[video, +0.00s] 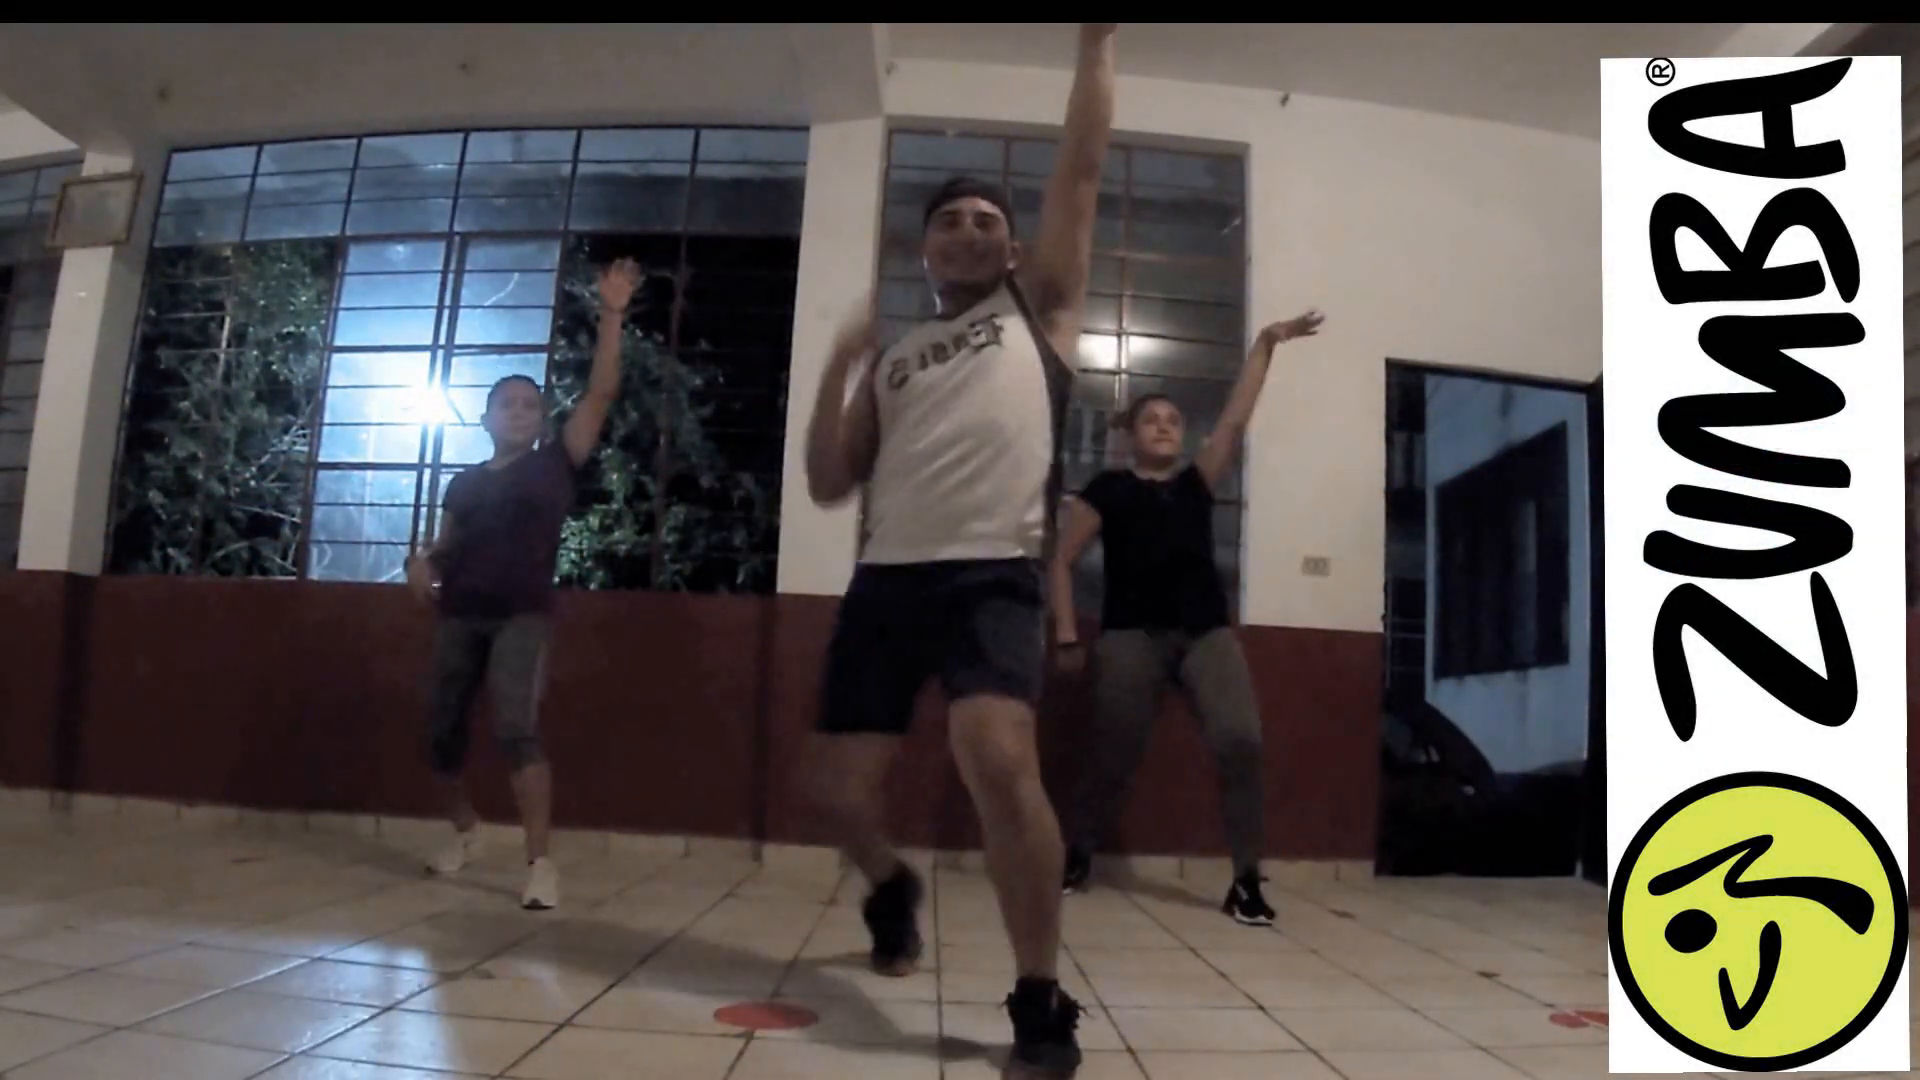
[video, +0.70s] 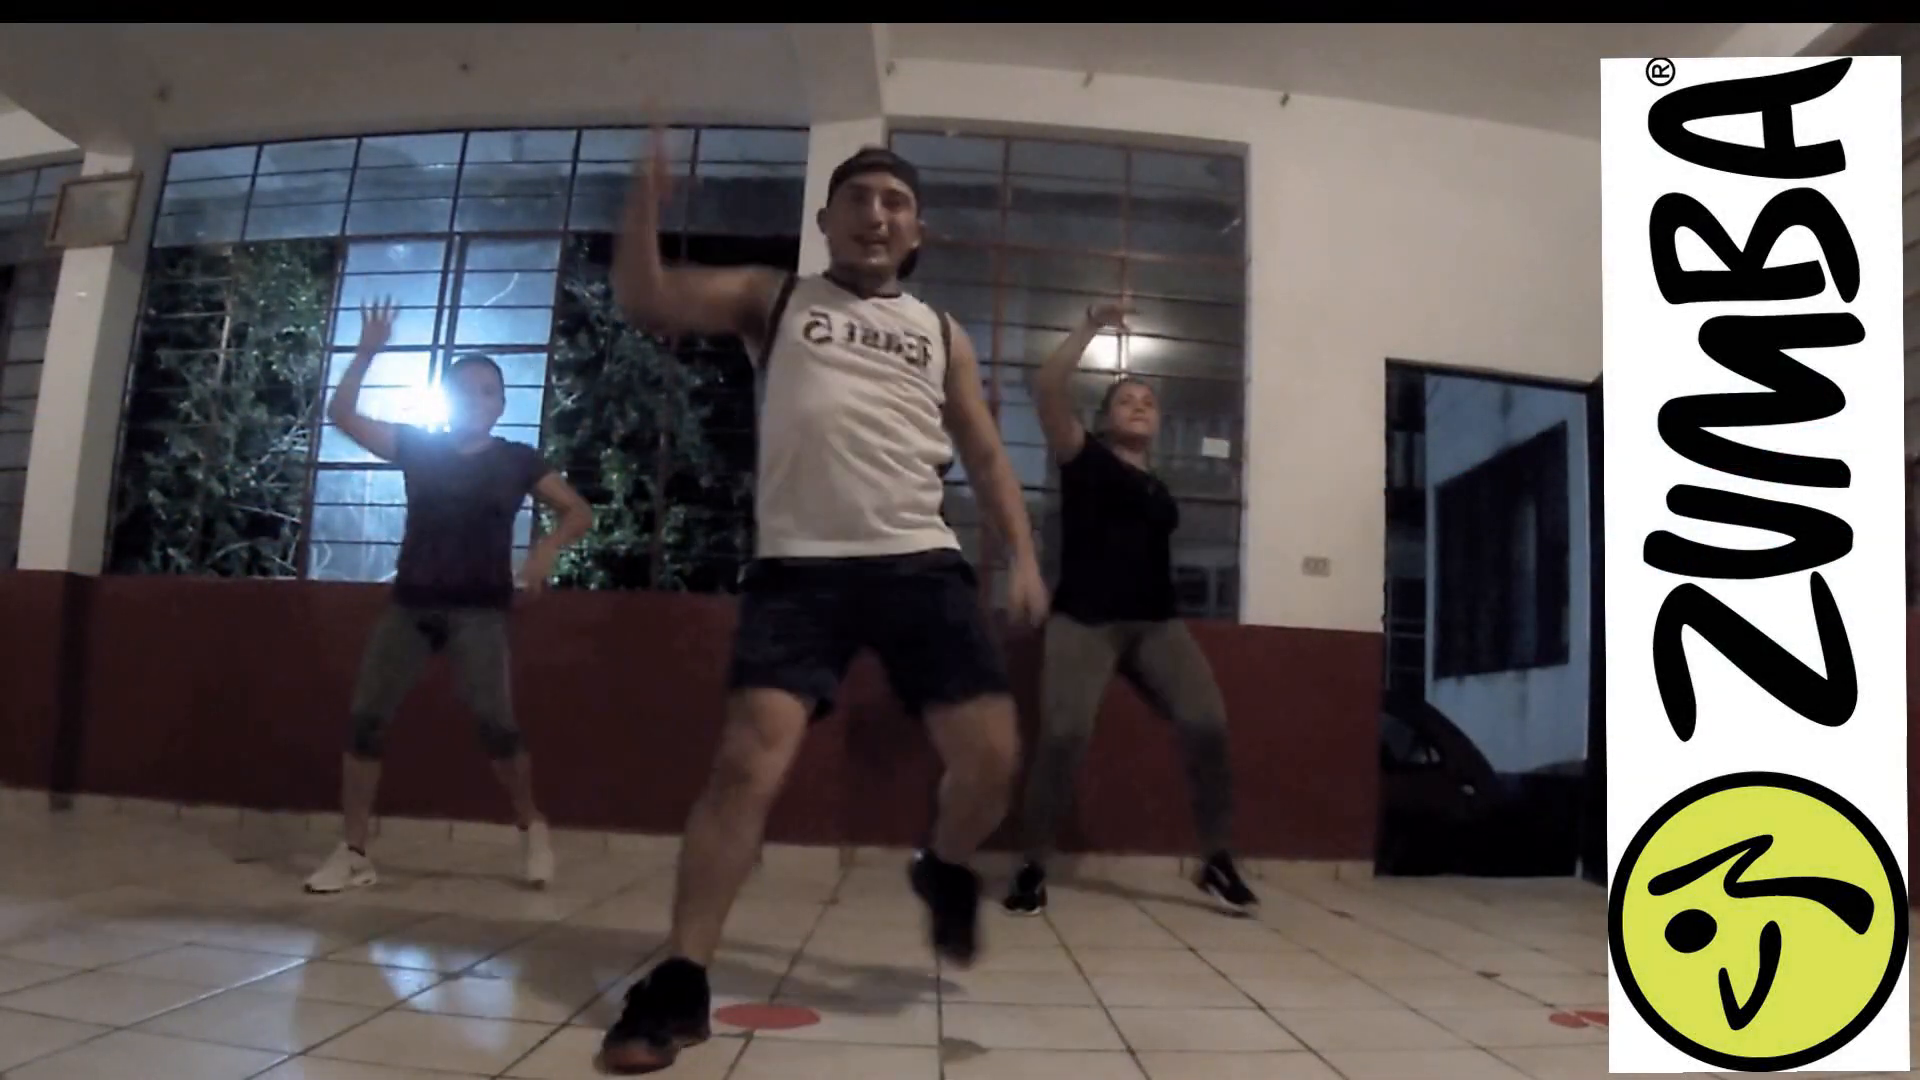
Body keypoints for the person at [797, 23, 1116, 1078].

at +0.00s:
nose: (974, 223)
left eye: (989, 218)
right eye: (954, 217)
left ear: (1015, 249)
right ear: (925, 252)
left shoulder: (1039, 308)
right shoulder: (892, 356)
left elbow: (1084, 159)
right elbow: (828, 482)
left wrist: (1095, 37)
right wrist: (841, 375)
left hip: (997, 580)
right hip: (886, 583)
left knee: (998, 758)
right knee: (834, 791)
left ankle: (1040, 996)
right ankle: (890, 883)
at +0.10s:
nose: (976, 226)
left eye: (992, 219)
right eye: (956, 219)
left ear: (1015, 246)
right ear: (926, 251)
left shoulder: (1041, 313)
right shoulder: (894, 353)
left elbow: (1087, 159)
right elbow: (786, 367)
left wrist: (1099, 35)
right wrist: (837, 257)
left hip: (1005, 587)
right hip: (887, 586)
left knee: (1005, 768)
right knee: (756, 742)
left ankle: (1041, 1000)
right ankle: (852, 851)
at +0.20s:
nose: (959, 209)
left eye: (977, 200)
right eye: (940, 199)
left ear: (1001, 228)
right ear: (908, 225)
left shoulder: (1024, 296)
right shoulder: (867, 311)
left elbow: (1088, 152)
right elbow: (772, 230)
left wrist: (1095, 28)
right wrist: (822, 102)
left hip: (998, 582)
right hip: (874, 573)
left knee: (1019, 761)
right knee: (726, 705)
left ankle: (1042, 996)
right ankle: (780, 884)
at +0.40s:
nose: (907, 201)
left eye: (925, 193)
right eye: (891, 189)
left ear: (949, 220)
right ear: (859, 207)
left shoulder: (962, 313)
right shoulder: (812, 271)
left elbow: (1065, 299)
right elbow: (780, 122)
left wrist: (1040, 189)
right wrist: (757, 17)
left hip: (944, 571)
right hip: (816, 566)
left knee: (1001, 768)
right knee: (744, 757)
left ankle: (1049, 979)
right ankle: (682, 980)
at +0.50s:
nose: (883, 209)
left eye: (902, 201)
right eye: (864, 198)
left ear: (921, 236)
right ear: (831, 224)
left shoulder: (932, 346)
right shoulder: (788, 283)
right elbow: (738, 132)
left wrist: (997, 331)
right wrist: (703, 20)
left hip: (914, 577)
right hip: (786, 577)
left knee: (1022, 737)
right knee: (709, 748)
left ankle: (1036, 966)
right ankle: (676, 981)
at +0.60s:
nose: (876, 212)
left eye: (893, 203)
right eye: (858, 200)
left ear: (915, 236)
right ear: (823, 224)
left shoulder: (929, 344)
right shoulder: (774, 286)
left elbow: (982, 453)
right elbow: (673, 182)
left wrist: (996, 471)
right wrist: (651, 46)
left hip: (914, 573)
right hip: (784, 579)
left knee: (1023, 730)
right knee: (714, 747)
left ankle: (991, 895)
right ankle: (677, 980)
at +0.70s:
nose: (877, 211)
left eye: (894, 201)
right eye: (860, 198)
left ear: (916, 230)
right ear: (827, 219)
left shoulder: (941, 335)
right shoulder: (777, 295)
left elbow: (987, 456)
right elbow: (646, 296)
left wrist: (1024, 555)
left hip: (920, 567)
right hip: (797, 566)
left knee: (991, 755)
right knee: (745, 761)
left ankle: (948, 870)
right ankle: (680, 981)